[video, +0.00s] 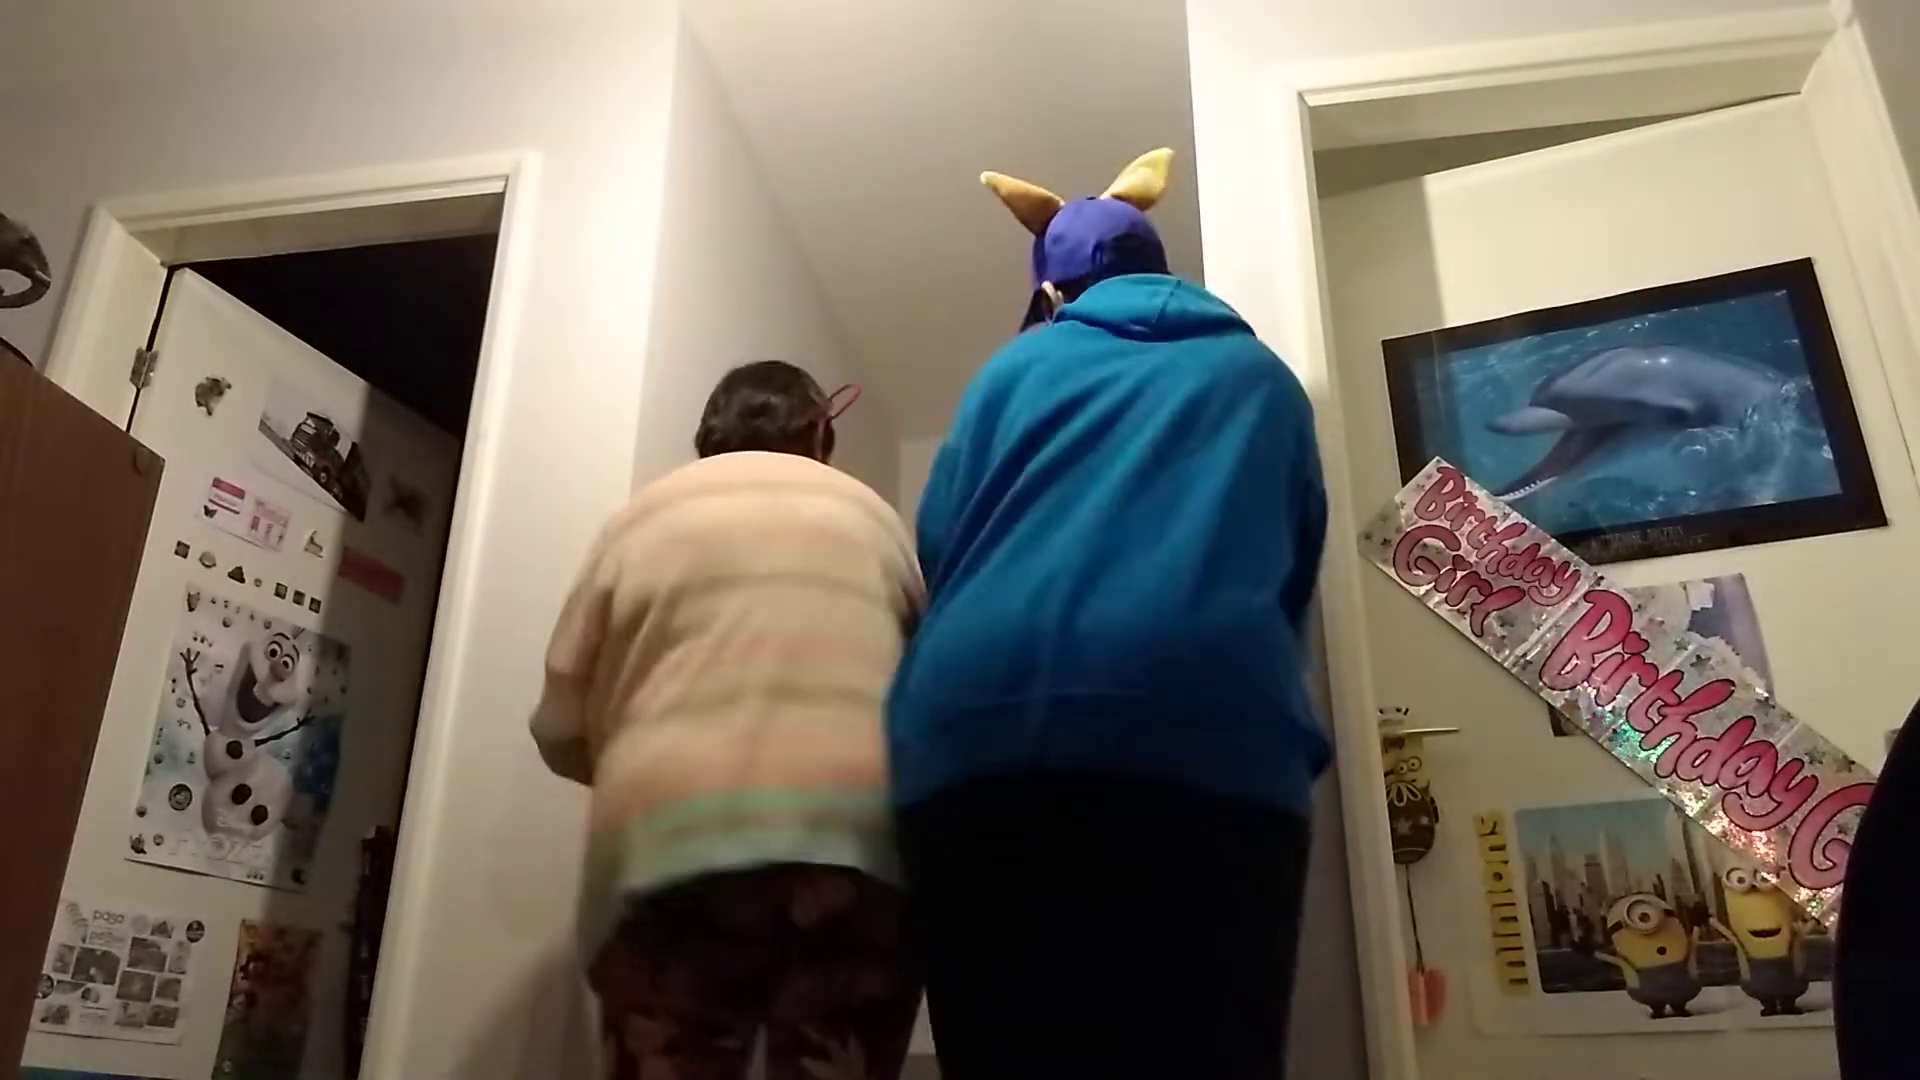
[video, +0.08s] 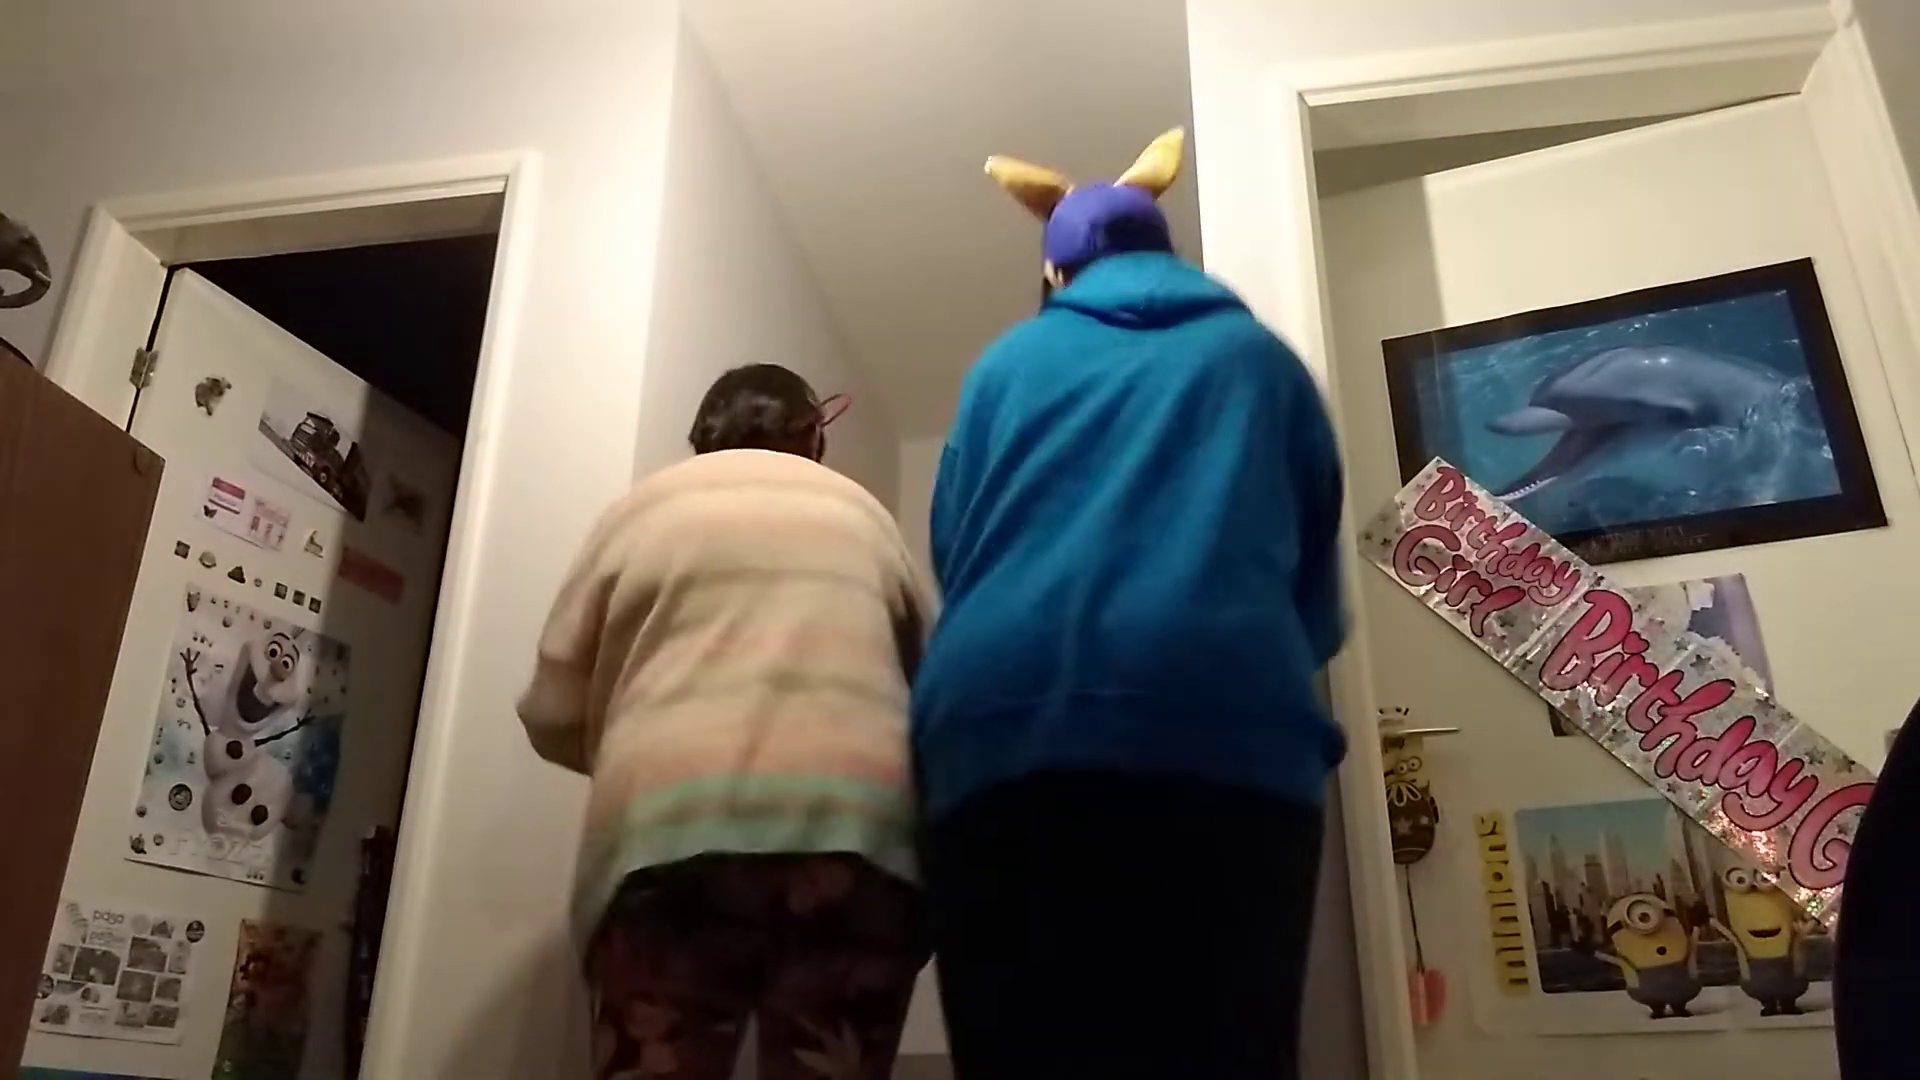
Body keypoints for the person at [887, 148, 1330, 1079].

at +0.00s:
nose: (1031, 309)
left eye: (1034, 296)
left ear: (1051, 296)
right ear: (1164, 277)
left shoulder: (1009, 373)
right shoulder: (1266, 378)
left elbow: (940, 547)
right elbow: (1295, 572)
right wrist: (1242, 684)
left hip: (979, 759)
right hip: (1220, 765)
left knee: (1002, 1049)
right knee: (1213, 1049)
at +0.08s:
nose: (1038, 279)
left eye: (1042, 266)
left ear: (1056, 276)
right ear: (1175, 256)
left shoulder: (1003, 363)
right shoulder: (1266, 358)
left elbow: (954, 552)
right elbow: (1319, 599)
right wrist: (1251, 682)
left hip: (1003, 760)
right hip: (1236, 761)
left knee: (1019, 1047)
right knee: (1229, 1046)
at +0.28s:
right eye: (1209, 213)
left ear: (1068, 227)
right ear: (1192, 213)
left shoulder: (985, 361)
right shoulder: (1249, 296)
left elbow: (991, 533)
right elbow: (1371, 517)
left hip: (1021, 733)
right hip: (1240, 716)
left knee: (1040, 1036)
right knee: (1266, 1026)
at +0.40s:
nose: (1228, 247)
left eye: (1225, 231)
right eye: (1217, 228)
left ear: (1088, 227)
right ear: (1172, 213)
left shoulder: (1018, 360)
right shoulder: (1212, 285)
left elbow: (1000, 534)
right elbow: (1353, 482)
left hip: (1015, 729)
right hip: (1220, 715)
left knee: (1037, 1034)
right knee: (1240, 1031)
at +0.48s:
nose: (1246, 246)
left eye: (1246, 228)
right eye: (1231, 224)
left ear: (1121, 222)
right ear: (1165, 208)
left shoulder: (1048, 359)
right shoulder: (1220, 280)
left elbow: (996, 553)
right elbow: (1339, 476)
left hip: (1008, 730)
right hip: (1198, 714)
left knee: (1051, 1038)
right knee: (1240, 1036)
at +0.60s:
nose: (1296, 251)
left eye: (1295, 233)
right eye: (1275, 226)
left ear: (1177, 229)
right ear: (1201, 217)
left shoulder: (1114, 342)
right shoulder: (1243, 290)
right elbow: (1350, 493)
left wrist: (1379, 432)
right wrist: (1410, 438)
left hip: (1026, 749)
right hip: (1175, 739)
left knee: (1104, 1054)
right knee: (1279, 1049)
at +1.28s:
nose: (1415, 117)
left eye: (1431, 101)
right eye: (1379, 101)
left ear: (1449, 116)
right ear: (1317, 138)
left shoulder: (1325, 232)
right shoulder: (1401, 204)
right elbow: (1526, 351)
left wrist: (1570, 264)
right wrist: (1597, 256)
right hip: (1459, 629)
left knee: (1492, 1001)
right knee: (1562, 1000)